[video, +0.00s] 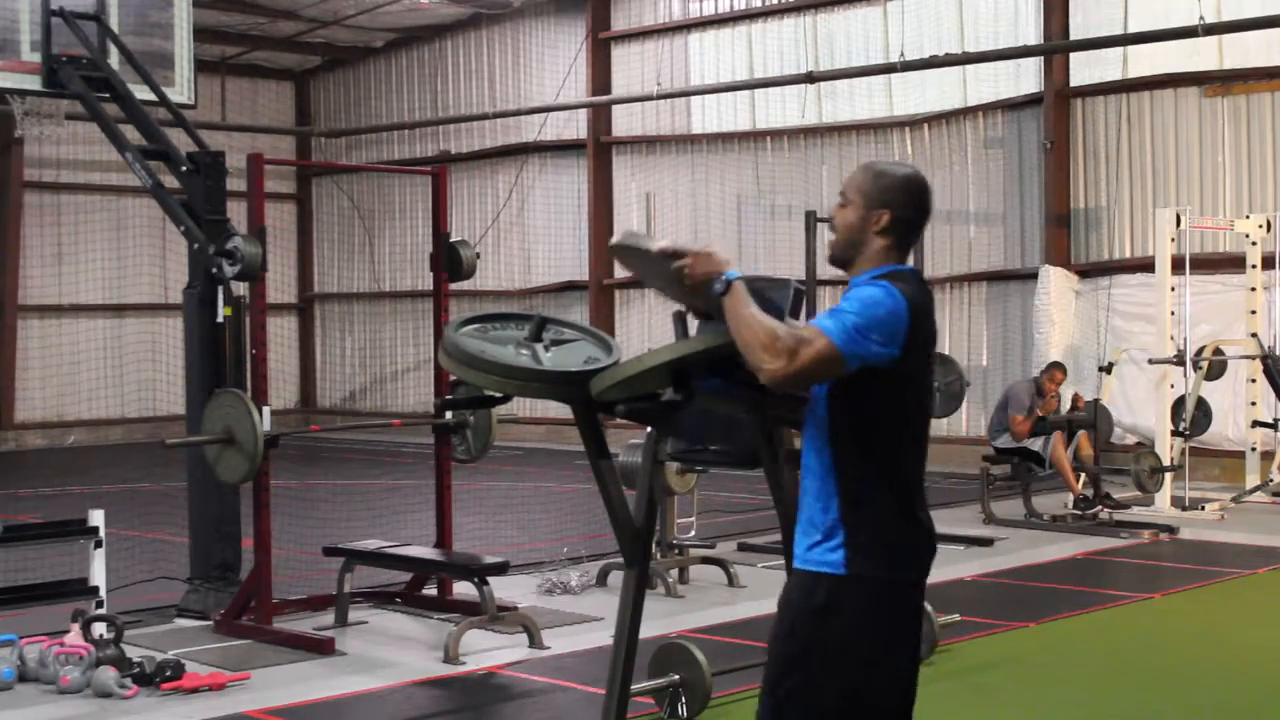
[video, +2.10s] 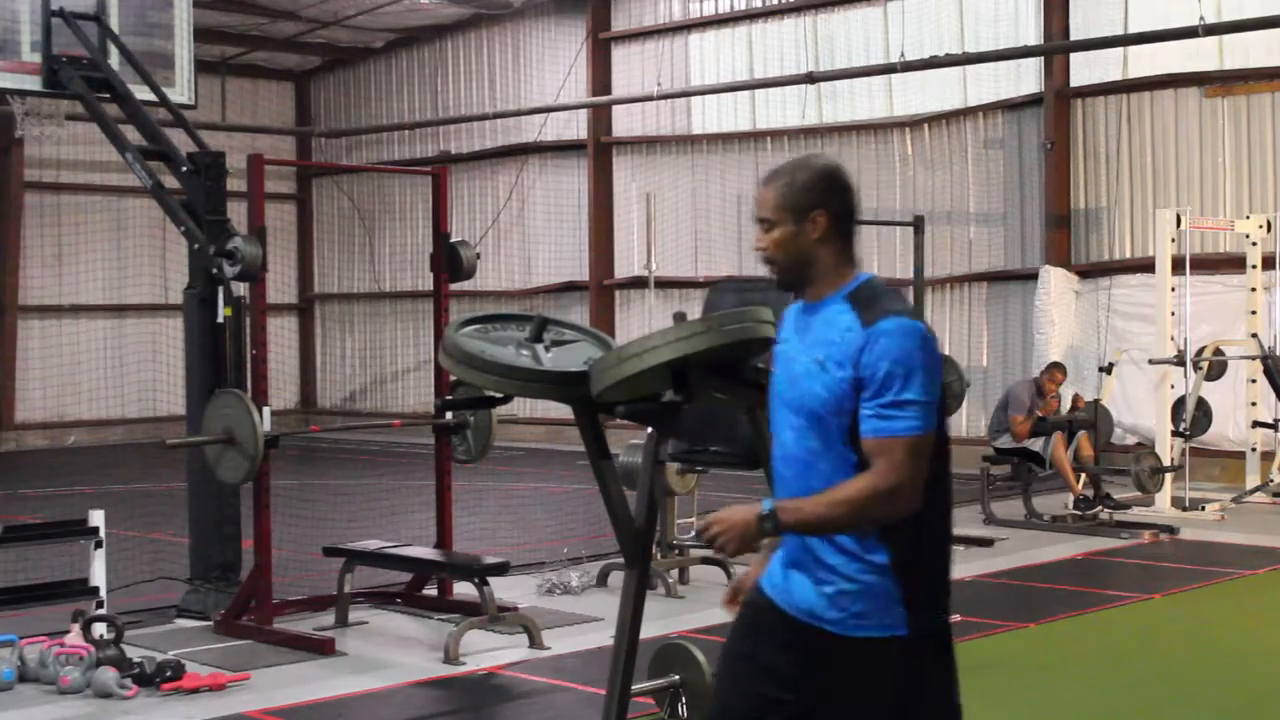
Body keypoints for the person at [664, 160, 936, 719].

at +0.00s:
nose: (830, 214)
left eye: (842, 203)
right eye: (837, 201)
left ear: (881, 221)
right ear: (884, 225)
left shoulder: (883, 298)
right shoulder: (890, 293)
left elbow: (783, 361)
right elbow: (799, 349)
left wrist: (724, 281)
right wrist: (724, 296)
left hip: (849, 566)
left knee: (798, 706)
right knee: (856, 707)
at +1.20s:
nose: (811, 225)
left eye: (822, 212)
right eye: (812, 213)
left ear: (866, 222)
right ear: (865, 222)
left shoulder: (876, 299)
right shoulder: (884, 288)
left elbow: (799, 362)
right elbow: (840, 318)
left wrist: (761, 260)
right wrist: (801, 268)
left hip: (858, 572)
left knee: (832, 705)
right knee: (872, 705)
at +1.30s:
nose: (816, 234)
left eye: (826, 220)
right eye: (816, 221)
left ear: (873, 226)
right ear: (877, 228)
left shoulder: (885, 309)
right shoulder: (897, 295)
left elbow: (819, 393)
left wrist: (758, 292)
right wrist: (836, 284)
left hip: (866, 577)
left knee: (842, 708)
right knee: (868, 707)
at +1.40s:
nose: (821, 240)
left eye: (830, 225)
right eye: (821, 226)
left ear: (877, 229)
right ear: (876, 231)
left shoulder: (899, 320)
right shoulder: (879, 309)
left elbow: (858, 433)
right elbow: (848, 417)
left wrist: (757, 356)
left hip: (884, 588)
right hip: (849, 578)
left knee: (878, 711)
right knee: (821, 707)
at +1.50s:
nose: (821, 238)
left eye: (832, 223)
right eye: (821, 223)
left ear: (880, 228)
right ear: (874, 231)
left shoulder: (911, 330)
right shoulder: (883, 315)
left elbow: (904, 473)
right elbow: (876, 447)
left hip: (899, 599)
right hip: (856, 589)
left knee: (893, 711)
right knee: (825, 707)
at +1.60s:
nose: (825, 232)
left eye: (836, 216)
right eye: (826, 217)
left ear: (884, 222)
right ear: (882, 224)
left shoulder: (917, 330)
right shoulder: (884, 313)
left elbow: (947, 477)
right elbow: (893, 457)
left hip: (906, 605)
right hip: (860, 595)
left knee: (901, 713)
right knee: (822, 709)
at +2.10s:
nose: (758, 243)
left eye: (768, 226)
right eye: (758, 227)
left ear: (817, 226)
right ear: (809, 228)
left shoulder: (893, 336)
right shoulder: (796, 318)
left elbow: (898, 487)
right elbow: (818, 468)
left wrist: (764, 519)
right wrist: (772, 561)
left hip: (872, 625)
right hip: (787, 603)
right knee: (735, 710)